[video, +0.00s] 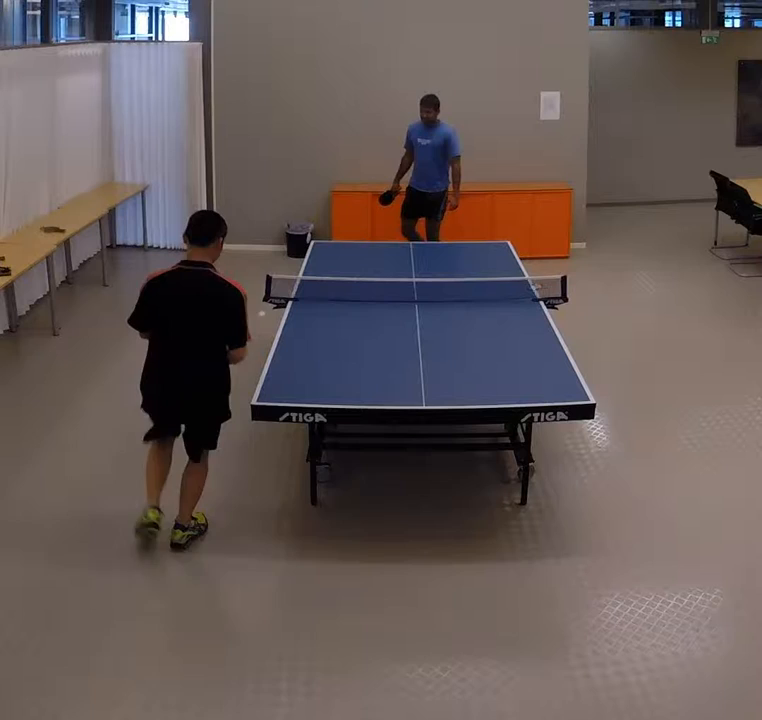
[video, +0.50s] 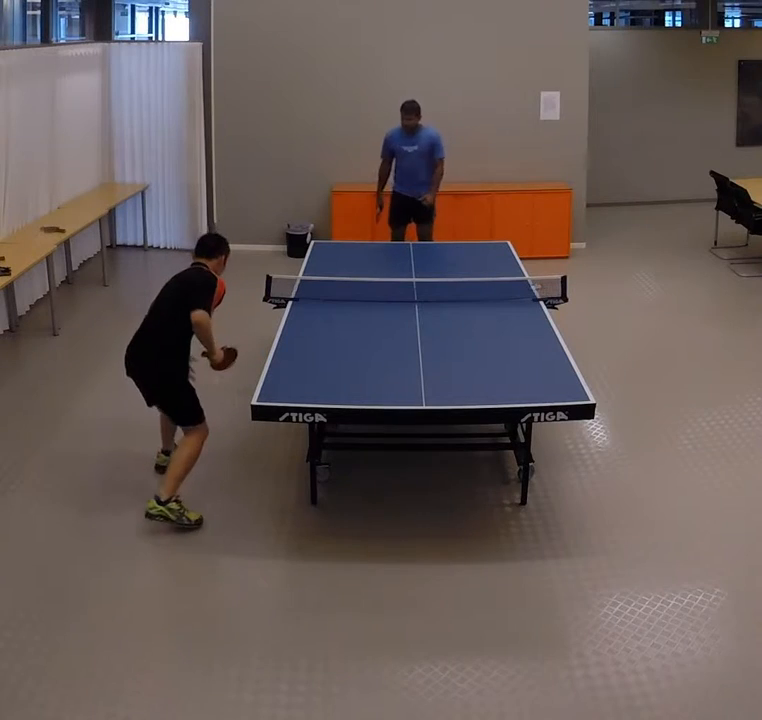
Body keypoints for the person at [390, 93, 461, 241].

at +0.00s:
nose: (424, 115)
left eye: (428, 112)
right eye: (422, 112)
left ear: (437, 112)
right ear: (419, 111)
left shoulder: (448, 133)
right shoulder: (413, 130)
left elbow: (455, 164)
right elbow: (408, 156)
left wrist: (455, 194)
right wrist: (396, 182)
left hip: (437, 190)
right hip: (415, 188)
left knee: (432, 234)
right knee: (407, 230)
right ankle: (427, 255)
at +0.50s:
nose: (406, 123)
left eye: (410, 119)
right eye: (404, 119)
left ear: (419, 118)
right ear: (400, 118)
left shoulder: (432, 137)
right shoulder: (392, 137)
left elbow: (439, 166)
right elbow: (385, 165)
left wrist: (432, 193)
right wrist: (379, 193)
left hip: (423, 197)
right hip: (400, 196)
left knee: (425, 240)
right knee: (397, 240)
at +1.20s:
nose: (436, 146)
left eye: (440, 143)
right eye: (433, 142)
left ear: (447, 143)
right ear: (428, 141)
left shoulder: (456, 160)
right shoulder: (414, 160)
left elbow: (467, 185)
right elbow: (403, 182)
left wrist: (462, 211)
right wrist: (395, 209)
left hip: (445, 210)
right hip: (418, 209)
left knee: (453, 248)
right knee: (402, 246)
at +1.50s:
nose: (432, 145)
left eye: (437, 142)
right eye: (429, 141)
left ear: (443, 142)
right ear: (423, 141)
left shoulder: (453, 159)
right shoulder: (411, 159)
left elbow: (467, 183)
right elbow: (400, 181)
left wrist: (464, 209)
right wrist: (397, 206)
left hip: (442, 208)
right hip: (416, 208)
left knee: (451, 246)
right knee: (401, 244)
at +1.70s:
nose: (419, 142)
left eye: (423, 138)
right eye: (416, 137)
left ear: (430, 137)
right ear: (410, 137)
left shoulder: (441, 155)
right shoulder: (399, 156)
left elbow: (453, 178)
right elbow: (391, 180)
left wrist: (450, 206)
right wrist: (390, 207)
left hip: (435, 205)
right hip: (409, 205)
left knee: (446, 244)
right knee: (398, 244)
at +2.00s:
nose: (408, 140)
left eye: (412, 136)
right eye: (405, 136)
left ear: (419, 136)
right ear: (400, 135)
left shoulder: (431, 153)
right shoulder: (390, 155)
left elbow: (444, 179)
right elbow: (381, 179)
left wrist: (438, 206)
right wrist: (382, 209)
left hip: (428, 205)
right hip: (403, 205)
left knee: (441, 245)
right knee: (394, 245)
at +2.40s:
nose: (429, 157)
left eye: (432, 153)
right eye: (425, 153)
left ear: (438, 152)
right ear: (418, 150)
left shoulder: (447, 166)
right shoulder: (406, 168)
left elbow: (462, 187)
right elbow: (383, 193)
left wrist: (468, 218)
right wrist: (396, 213)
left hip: (439, 211)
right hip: (413, 211)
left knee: (447, 246)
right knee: (400, 248)